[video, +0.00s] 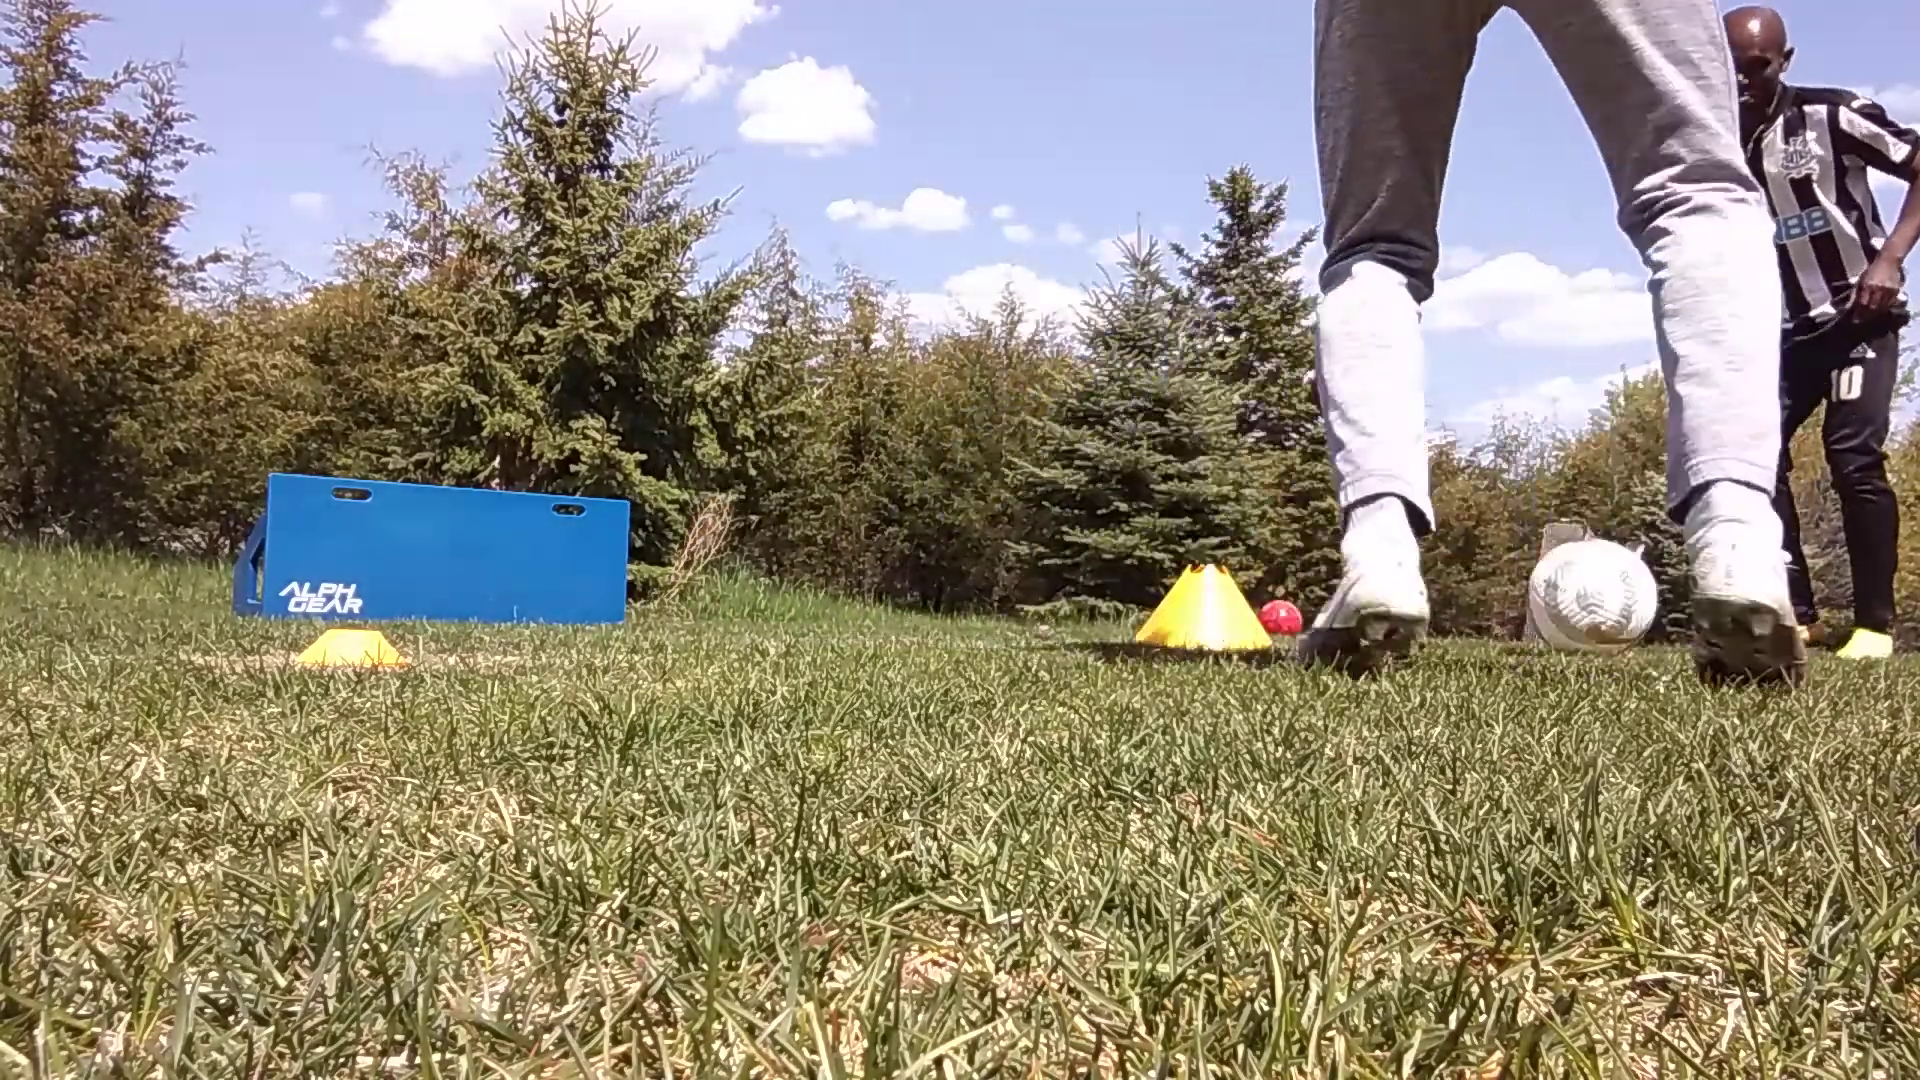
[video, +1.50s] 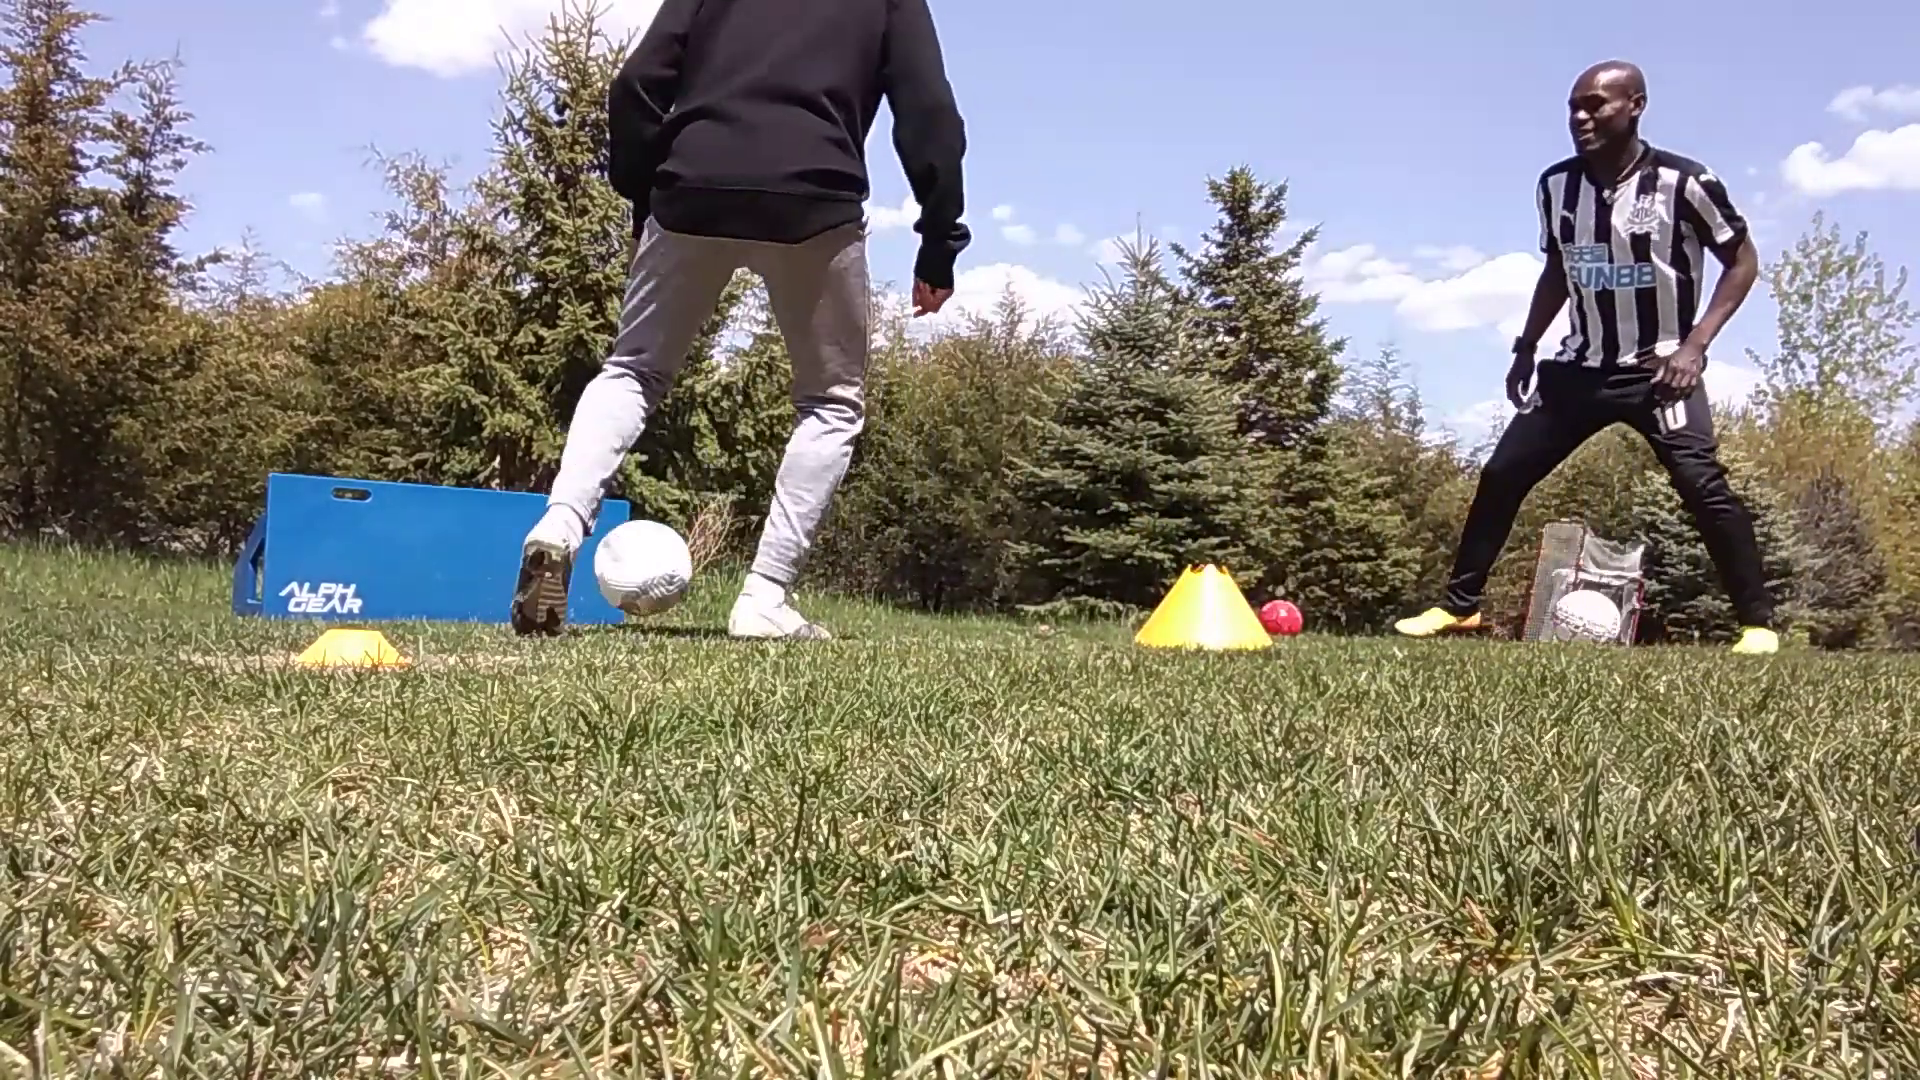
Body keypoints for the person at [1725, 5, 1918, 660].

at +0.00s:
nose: (1748, 81)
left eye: (1760, 67)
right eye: (1737, 68)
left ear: (1785, 60)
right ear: (1722, 64)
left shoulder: (1837, 113)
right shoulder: (1721, 138)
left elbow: (1917, 168)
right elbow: (1711, 230)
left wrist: (1889, 258)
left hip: (1861, 318)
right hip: (1787, 332)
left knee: (1853, 462)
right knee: (1755, 455)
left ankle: (1874, 625)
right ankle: (1795, 614)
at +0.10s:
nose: (1781, 16)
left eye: (1799, 8)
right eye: (1775, 5)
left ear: (1820, 22)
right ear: (1753, 13)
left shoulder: (1836, 107)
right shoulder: (1719, 121)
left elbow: (1916, 165)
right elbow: (1703, 224)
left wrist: (1887, 256)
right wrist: (1700, 314)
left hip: (1851, 309)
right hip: (1761, 313)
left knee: (1849, 452)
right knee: (1736, 453)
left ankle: (1861, 601)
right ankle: (1770, 603)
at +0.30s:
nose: (1737, 61)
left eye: (1746, 45)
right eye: (1724, 50)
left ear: (1775, 52)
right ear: (1710, 67)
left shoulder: (1808, 113)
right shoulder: (1703, 141)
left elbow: (1898, 181)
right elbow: (1689, 242)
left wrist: (1862, 256)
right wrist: (1667, 325)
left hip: (1820, 317)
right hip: (1738, 327)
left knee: (1824, 458)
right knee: (1702, 467)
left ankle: (1838, 617)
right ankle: (1682, 621)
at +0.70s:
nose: (1650, 58)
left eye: (1665, 47)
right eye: (1641, 50)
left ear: (1698, 60)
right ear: (1631, 67)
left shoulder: (1747, 119)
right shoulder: (1611, 160)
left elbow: (1820, 194)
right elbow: (1607, 259)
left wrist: (1783, 256)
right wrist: (1595, 334)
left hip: (1756, 327)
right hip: (1675, 346)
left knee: (1769, 462)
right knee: (1676, 478)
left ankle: (1809, 602)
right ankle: (1676, 623)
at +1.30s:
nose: (1633, 73)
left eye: (1649, 61)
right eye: (1631, 61)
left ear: (1693, 68)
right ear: (1629, 69)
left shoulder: (1738, 145)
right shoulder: (1608, 148)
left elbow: (1797, 234)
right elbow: (1608, 237)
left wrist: (1738, 309)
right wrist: (1581, 312)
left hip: (1709, 345)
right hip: (1628, 347)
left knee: (1729, 470)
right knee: (1578, 460)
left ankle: (1764, 623)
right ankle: (1612, 603)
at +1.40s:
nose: (1613, 96)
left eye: (1629, 84)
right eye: (1609, 85)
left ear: (1671, 89)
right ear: (1604, 91)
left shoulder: (1720, 165)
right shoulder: (1589, 168)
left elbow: (1776, 252)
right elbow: (1588, 255)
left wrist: (1721, 330)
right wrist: (1557, 332)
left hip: (1693, 356)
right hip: (1611, 357)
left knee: (1717, 476)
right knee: (1539, 468)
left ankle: (1762, 624)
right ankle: (1534, 606)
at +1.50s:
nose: (1578, 117)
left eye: (1592, 105)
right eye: (1573, 107)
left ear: (1634, 108)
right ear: (1569, 113)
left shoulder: (1686, 185)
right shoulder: (1556, 187)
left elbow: (1744, 263)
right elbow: (1559, 269)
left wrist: (1696, 344)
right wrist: (1527, 343)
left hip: (1663, 369)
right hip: (1580, 371)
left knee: (1699, 482)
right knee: (1501, 474)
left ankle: (1760, 625)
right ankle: (1460, 606)